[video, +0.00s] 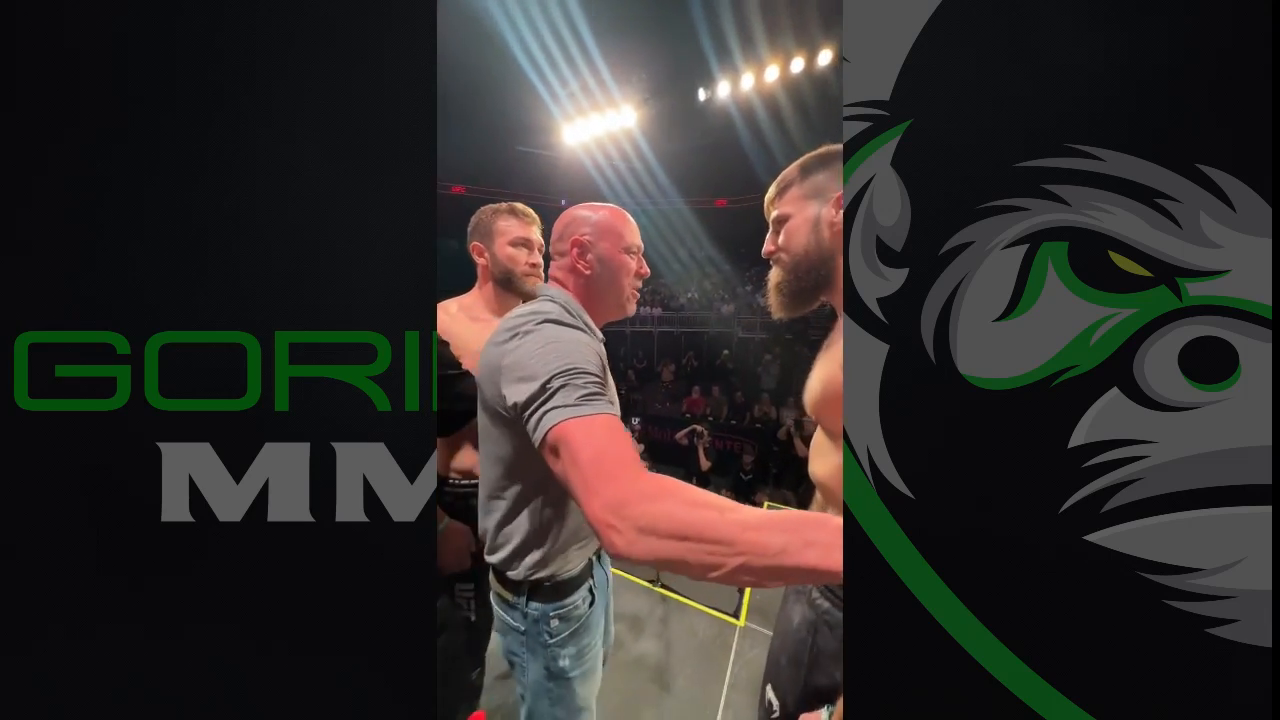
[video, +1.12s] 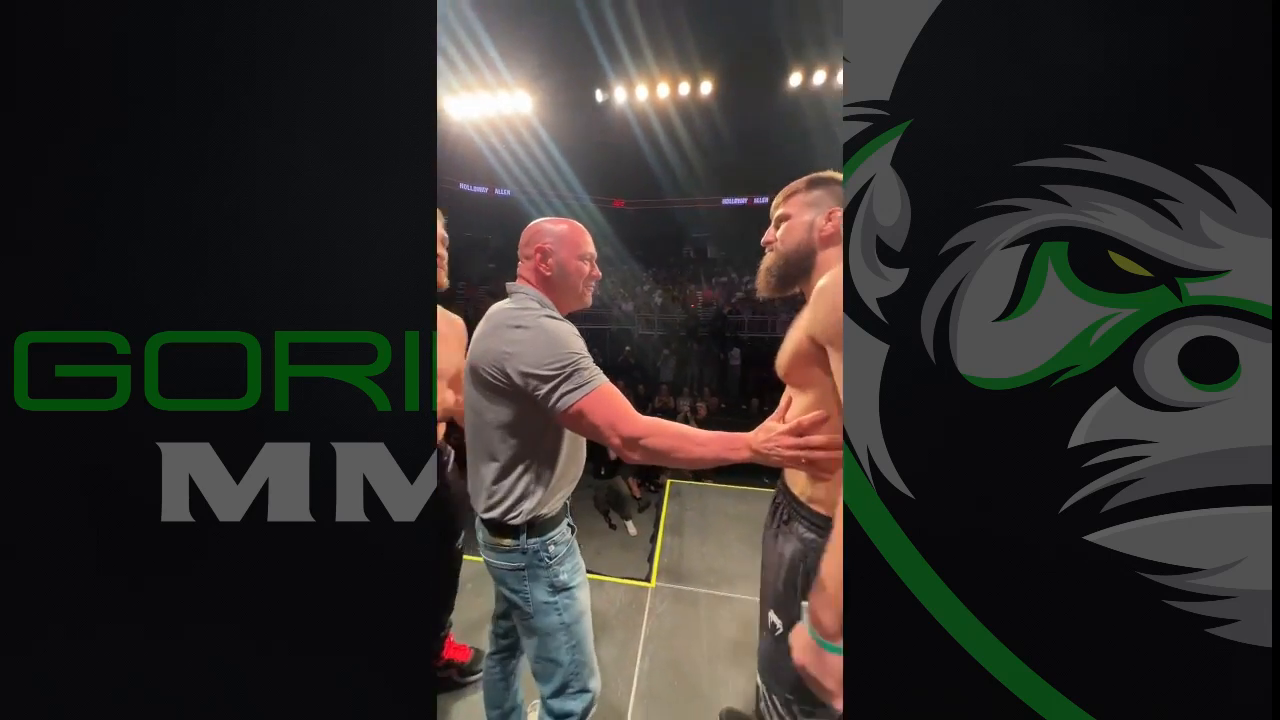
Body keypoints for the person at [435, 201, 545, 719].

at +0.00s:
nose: (537, 257)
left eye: (540, 247)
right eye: (522, 246)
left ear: (545, 256)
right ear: (482, 254)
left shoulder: (544, 326)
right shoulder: (442, 321)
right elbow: (414, 429)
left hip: (535, 501)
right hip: (463, 506)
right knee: (462, 631)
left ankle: (543, 704)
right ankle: (462, 707)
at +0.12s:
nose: (540, 256)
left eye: (543, 247)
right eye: (525, 246)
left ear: (547, 256)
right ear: (485, 254)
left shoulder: (544, 325)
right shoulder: (445, 321)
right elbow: (415, 421)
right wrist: (439, 520)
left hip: (527, 490)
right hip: (461, 493)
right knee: (461, 618)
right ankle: (458, 706)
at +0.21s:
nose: (542, 257)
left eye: (545, 249)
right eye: (527, 247)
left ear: (549, 257)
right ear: (488, 254)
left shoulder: (547, 324)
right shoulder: (446, 323)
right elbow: (417, 426)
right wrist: (439, 519)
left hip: (534, 484)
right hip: (467, 490)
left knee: (556, 556)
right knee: (467, 612)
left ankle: (531, 621)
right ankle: (459, 705)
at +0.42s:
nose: (543, 255)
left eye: (545, 247)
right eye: (528, 245)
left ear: (548, 257)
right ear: (490, 253)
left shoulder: (546, 327)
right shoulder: (448, 320)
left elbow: (558, 410)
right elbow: (429, 414)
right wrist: (435, 510)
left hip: (535, 481)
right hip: (474, 484)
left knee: (534, 563)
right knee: (462, 618)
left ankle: (511, 635)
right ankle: (450, 708)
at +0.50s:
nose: (540, 255)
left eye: (542, 247)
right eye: (525, 245)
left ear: (545, 257)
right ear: (487, 253)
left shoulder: (542, 327)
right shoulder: (447, 320)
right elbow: (429, 400)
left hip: (530, 480)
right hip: (470, 482)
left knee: (528, 567)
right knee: (458, 613)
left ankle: (504, 639)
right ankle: (445, 706)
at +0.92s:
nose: (499, 256)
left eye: (501, 247)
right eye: (484, 245)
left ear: (504, 253)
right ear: (446, 252)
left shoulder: (503, 323)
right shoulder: (425, 318)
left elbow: (516, 393)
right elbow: (404, 392)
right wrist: (482, 401)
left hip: (481, 465)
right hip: (429, 470)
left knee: (476, 564)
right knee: (426, 573)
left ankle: (464, 643)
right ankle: (426, 658)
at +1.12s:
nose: (445, 251)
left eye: (445, 242)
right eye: (439, 242)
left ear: (444, 248)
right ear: (419, 251)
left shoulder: (452, 322)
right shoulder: (445, 323)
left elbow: (465, 396)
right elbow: (441, 399)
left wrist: (441, 406)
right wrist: (482, 408)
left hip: (440, 459)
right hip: (428, 462)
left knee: (442, 554)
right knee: (439, 557)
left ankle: (438, 640)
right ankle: (434, 644)